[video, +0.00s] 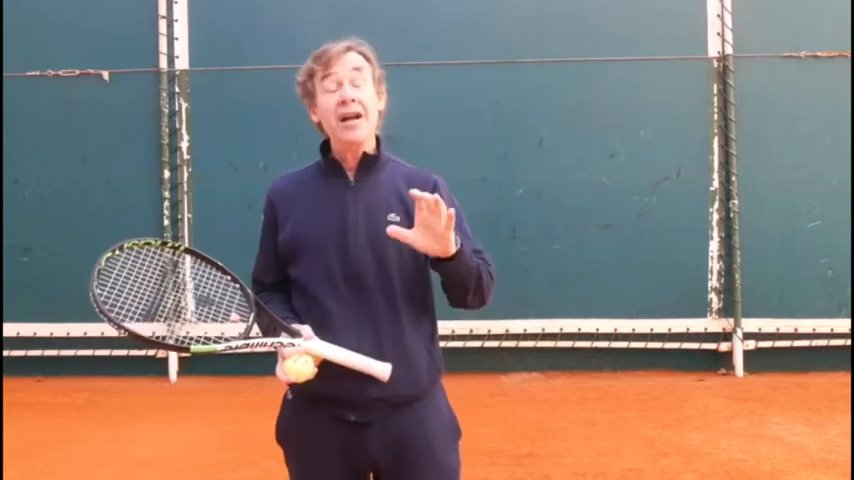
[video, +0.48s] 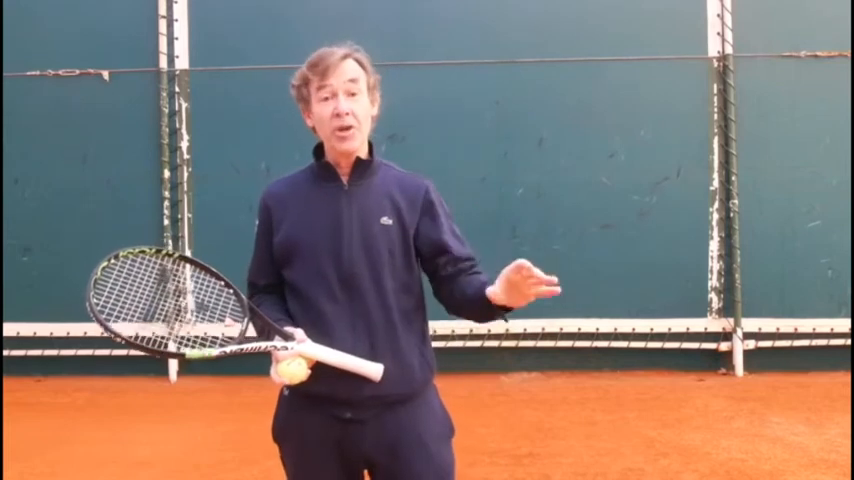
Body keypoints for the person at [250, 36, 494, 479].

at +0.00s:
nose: (347, 94)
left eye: (358, 81)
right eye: (331, 86)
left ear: (380, 98)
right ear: (314, 111)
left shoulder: (425, 190)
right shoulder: (285, 198)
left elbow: (476, 295)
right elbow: (268, 290)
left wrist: (447, 255)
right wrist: (290, 338)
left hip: (414, 414)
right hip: (319, 417)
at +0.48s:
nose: (341, 107)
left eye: (352, 93)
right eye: (326, 97)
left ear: (374, 104)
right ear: (309, 114)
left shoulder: (413, 194)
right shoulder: (279, 202)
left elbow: (455, 278)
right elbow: (264, 293)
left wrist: (495, 296)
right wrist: (284, 340)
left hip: (405, 411)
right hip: (313, 414)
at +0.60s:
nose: (342, 108)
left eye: (353, 94)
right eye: (327, 98)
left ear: (375, 104)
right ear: (311, 115)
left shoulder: (415, 195)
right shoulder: (281, 202)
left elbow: (455, 281)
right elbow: (266, 292)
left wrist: (493, 302)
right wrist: (286, 338)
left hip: (407, 411)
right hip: (314, 413)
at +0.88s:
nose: (354, 113)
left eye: (365, 98)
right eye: (339, 102)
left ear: (386, 106)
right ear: (320, 115)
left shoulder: (425, 195)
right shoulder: (287, 201)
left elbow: (467, 274)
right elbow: (270, 291)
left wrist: (465, 301)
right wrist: (294, 338)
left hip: (414, 414)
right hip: (320, 416)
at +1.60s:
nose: (384, 102)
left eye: (396, 88)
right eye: (368, 91)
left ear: (416, 102)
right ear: (348, 109)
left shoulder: (451, 196)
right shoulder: (308, 199)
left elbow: (488, 286)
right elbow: (285, 307)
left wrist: (450, 329)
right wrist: (333, 322)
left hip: (444, 423)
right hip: (347, 426)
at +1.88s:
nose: (401, 98)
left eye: (414, 84)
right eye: (387, 87)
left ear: (438, 100)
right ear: (369, 106)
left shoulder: (473, 196)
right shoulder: (329, 196)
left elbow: (507, 291)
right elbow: (304, 300)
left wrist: (472, 339)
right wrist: (352, 334)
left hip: (462, 428)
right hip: (363, 429)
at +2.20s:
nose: (425, 99)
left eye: (438, 85)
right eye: (410, 87)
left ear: (461, 102)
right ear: (392, 107)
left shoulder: (493, 202)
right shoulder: (349, 197)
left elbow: (529, 302)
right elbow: (321, 304)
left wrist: (483, 349)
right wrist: (362, 337)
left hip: (480, 432)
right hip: (381, 430)